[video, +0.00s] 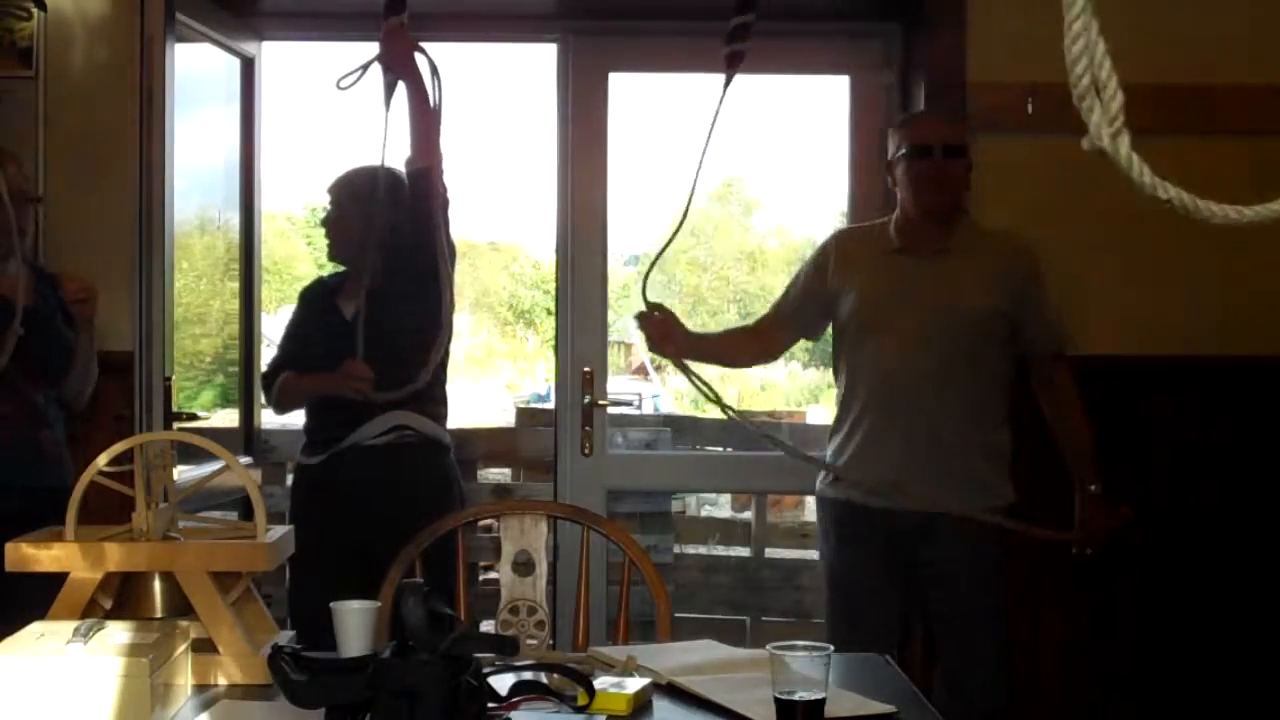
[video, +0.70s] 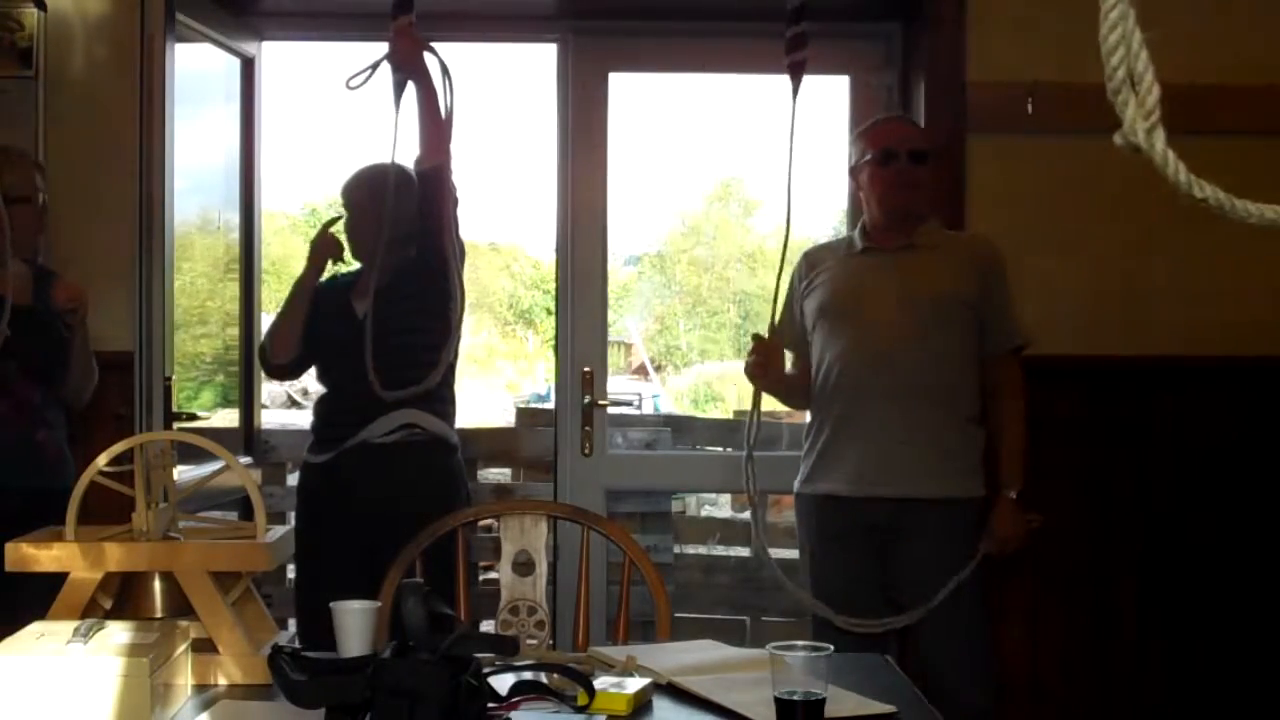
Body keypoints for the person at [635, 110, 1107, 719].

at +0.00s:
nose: (939, 167)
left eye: (953, 154)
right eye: (921, 155)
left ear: (970, 169)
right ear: (892, 172)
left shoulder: (1006, 261)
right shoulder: (847, 254)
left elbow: (1052, 381)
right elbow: (767, 337)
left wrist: (1088, 486)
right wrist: (688, 344)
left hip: (969, 509)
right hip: (860, 504)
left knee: (972, 686)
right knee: (863, 682)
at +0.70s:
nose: (905, 170)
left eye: (918, 158)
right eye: (887, 158)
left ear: (934, 173)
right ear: (857, 177)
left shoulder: (971, 258)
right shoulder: (816, 266)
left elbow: (1005, 384)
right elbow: (809, 390)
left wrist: (1008, 494)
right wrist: (774, 379)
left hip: (943, 502)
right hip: (835, 501)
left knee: (949, 674)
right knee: (848, 674)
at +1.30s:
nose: (900, 170)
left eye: (916, 157)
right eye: (883, 160)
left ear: (938, 173)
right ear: (861, 179)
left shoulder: (979, 262)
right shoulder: (821, 267)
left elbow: (1011, 388)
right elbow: (808, 389)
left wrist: (1014, 500)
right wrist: (778, 381)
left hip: (951, 504)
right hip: (841, 501)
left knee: (952, 679)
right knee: (852, 678)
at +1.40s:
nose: (869, 170)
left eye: (888, 157)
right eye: (863, 159)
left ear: (927, 173)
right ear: (853, 173)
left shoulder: (979, 264)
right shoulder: (823, 268)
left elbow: (1010, 389)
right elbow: (808, 388)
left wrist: (1016, 500)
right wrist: (774, 383)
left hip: (952, 505)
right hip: (843, 502)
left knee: (952, 681)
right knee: (853, 678)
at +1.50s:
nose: (862, 173)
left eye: (880, 159)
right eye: (858, 160)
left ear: (925, 173)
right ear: (850, 172)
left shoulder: (980, 264)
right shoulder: (824, 270)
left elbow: (1012, 390)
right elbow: (809, 391)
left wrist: (1017, 501)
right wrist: (773, 384)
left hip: (954, 506)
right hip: (845, 504)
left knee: (953, 681)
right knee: (854, 680)